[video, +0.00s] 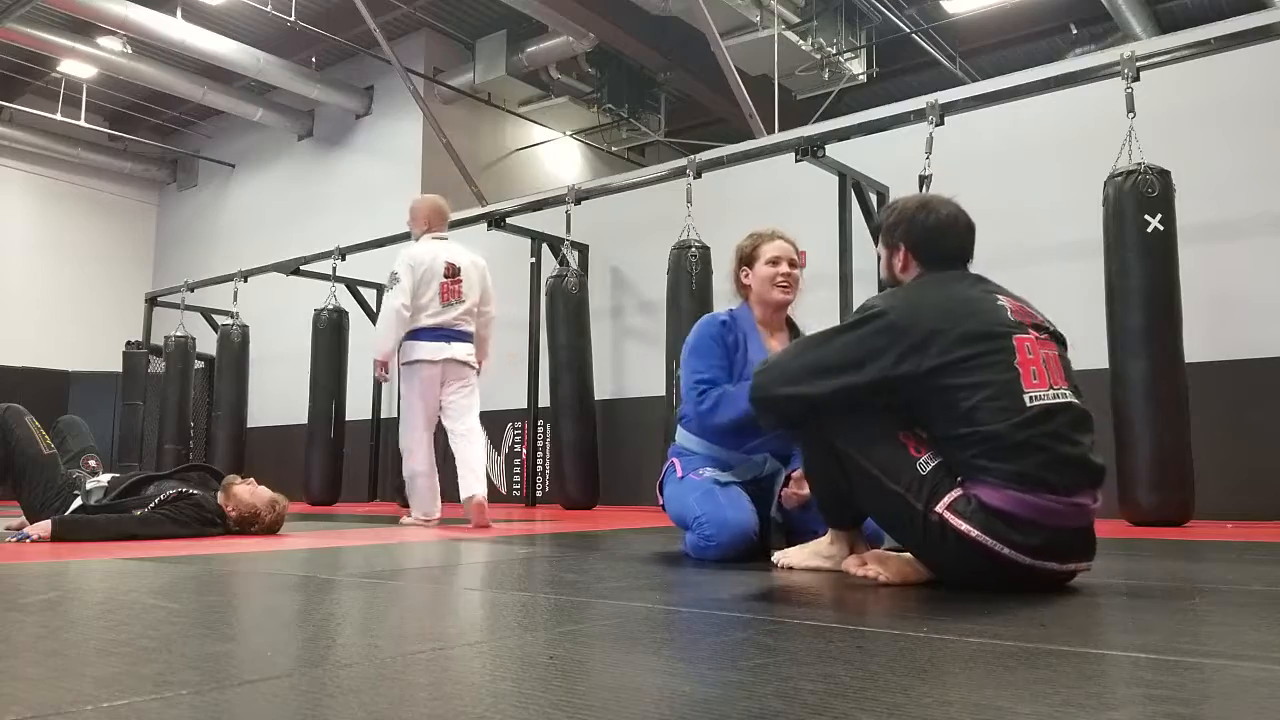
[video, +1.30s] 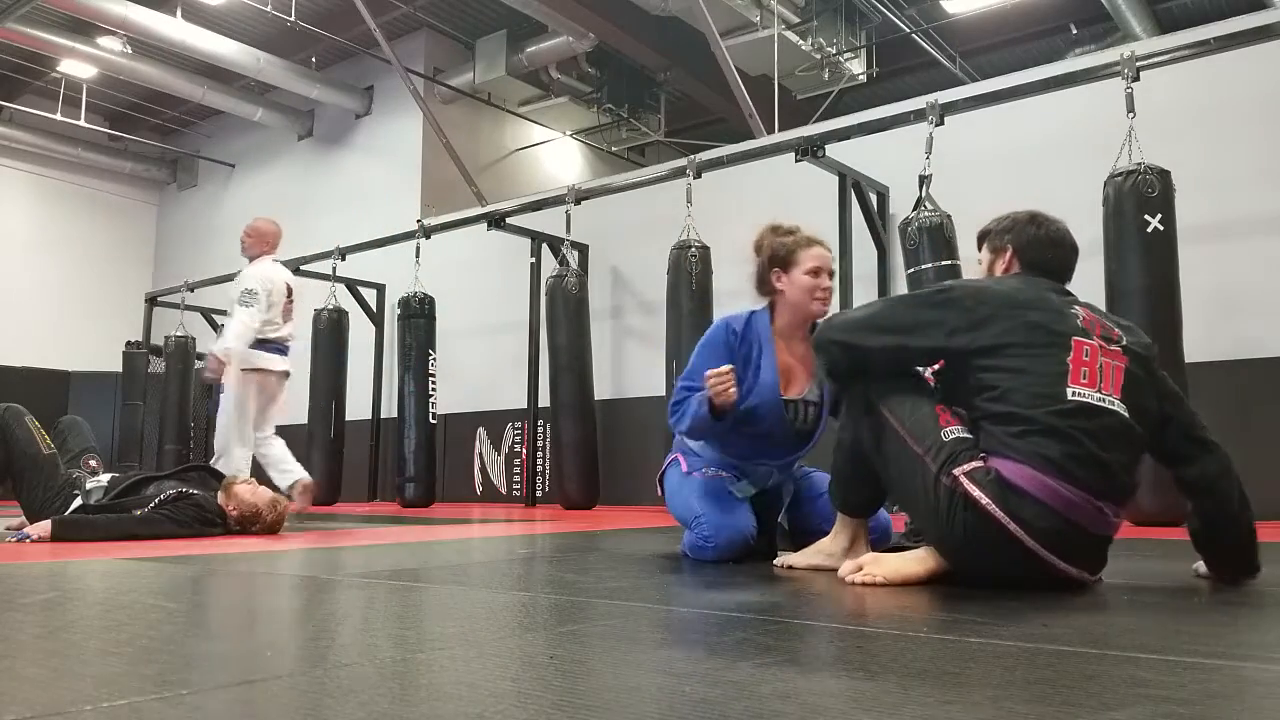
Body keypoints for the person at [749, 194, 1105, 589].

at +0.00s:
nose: (881, 267)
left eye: (882, 254)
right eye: (880, 254)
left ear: (902, 257)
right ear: (961, 254)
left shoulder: (906, 309)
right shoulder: (1015, 306)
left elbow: (770, 386)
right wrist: (828, 473)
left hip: (991, 545)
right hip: (1070, 551)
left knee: (823, 400)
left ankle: (840, 540)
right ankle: (931, 555)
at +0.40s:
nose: (892, 272)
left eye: (895, 258)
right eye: (893, 259)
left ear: (921, 257)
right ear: (974, 258)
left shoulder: (923, 302)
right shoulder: (1015, 306)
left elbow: (787, 370)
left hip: (992, 539)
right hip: (1069, 550)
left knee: (833, 390)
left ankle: (840, 538)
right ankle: (927, 549)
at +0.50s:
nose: (901, 270)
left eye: (904, 256)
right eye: (901, 258)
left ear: (929, 255)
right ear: (984, 258)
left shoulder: (931, 300)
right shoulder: (1023, 306)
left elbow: (788, 367)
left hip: (991, 538)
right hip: (1069, 551)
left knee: (835, 388)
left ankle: (841, 537)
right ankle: (929, 550)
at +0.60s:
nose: (908, 271)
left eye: (913, 255)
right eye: (909, 257)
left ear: (940, 252)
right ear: (994, 257)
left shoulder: (935, 300)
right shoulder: (1034, 307)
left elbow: (790, 365)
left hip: (990, 537)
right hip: (1070, 552)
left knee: (837, 389)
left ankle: (842, 537)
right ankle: (931, 551)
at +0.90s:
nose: (934, 271)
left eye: (938, 258)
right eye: (935, 260)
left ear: (965, 254)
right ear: (1019, 265)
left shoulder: (950, 298)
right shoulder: (1078, 324)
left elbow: (804, 352)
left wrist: (822, 413)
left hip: (989, 539)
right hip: (1073, 559)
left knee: (847, 386)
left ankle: (841, 541)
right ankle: (929, 553)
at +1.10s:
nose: (957, 273)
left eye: (961, 261)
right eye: (959, 263)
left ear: (985, 259)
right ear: (1043, 266)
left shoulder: (966, 299)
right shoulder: (1108, 333)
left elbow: (819, 337)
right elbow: (1175, 454)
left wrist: (834, 400)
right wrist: (1193, 551)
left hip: (984, 533)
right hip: (1070, 564)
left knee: (857, 387)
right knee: (974, 419)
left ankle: (843, 537)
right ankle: (929, 554)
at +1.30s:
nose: (979, 273)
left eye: (983, 262)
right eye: (981, 263)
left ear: (1004, 259)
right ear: (1064, 274)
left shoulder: (988, 299)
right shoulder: (1128, 342)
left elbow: (834, 335)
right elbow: (1204, 465)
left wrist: (868, 391)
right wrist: (1232, 568)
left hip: (985, 525)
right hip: (1069, 565)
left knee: (872, 382)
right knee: (991, 428)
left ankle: (844, 537)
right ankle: (930, 553)